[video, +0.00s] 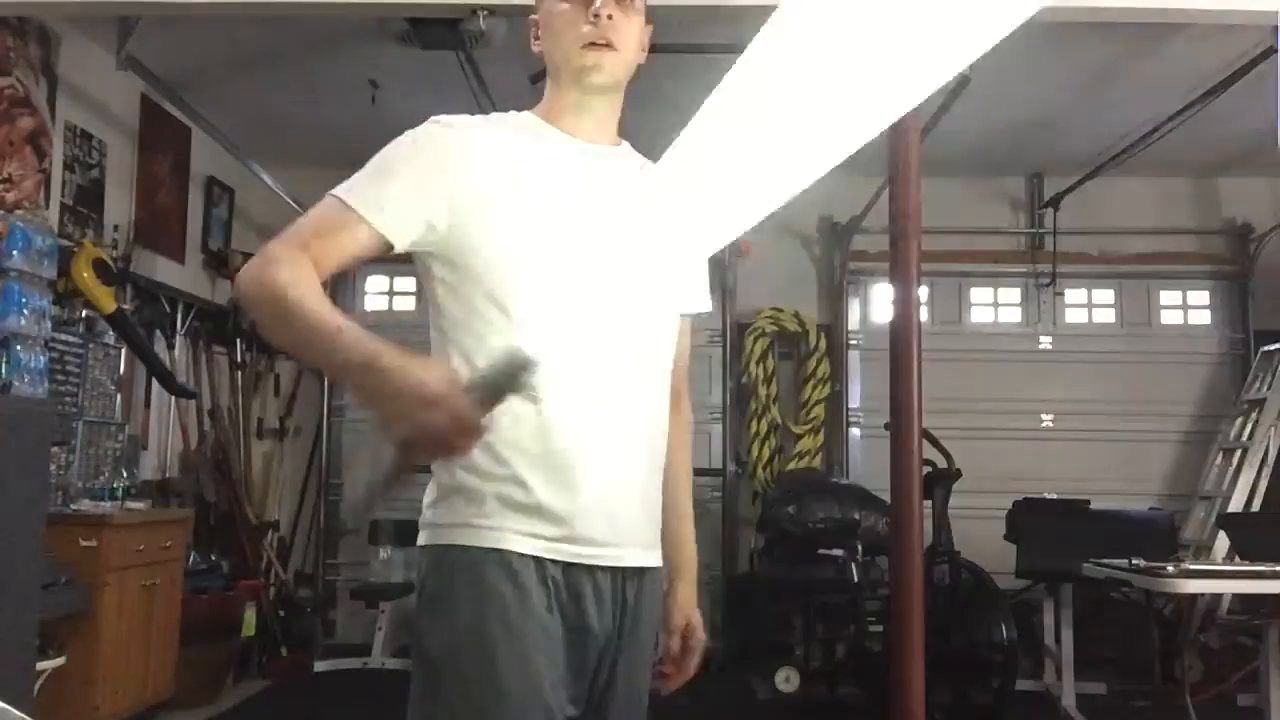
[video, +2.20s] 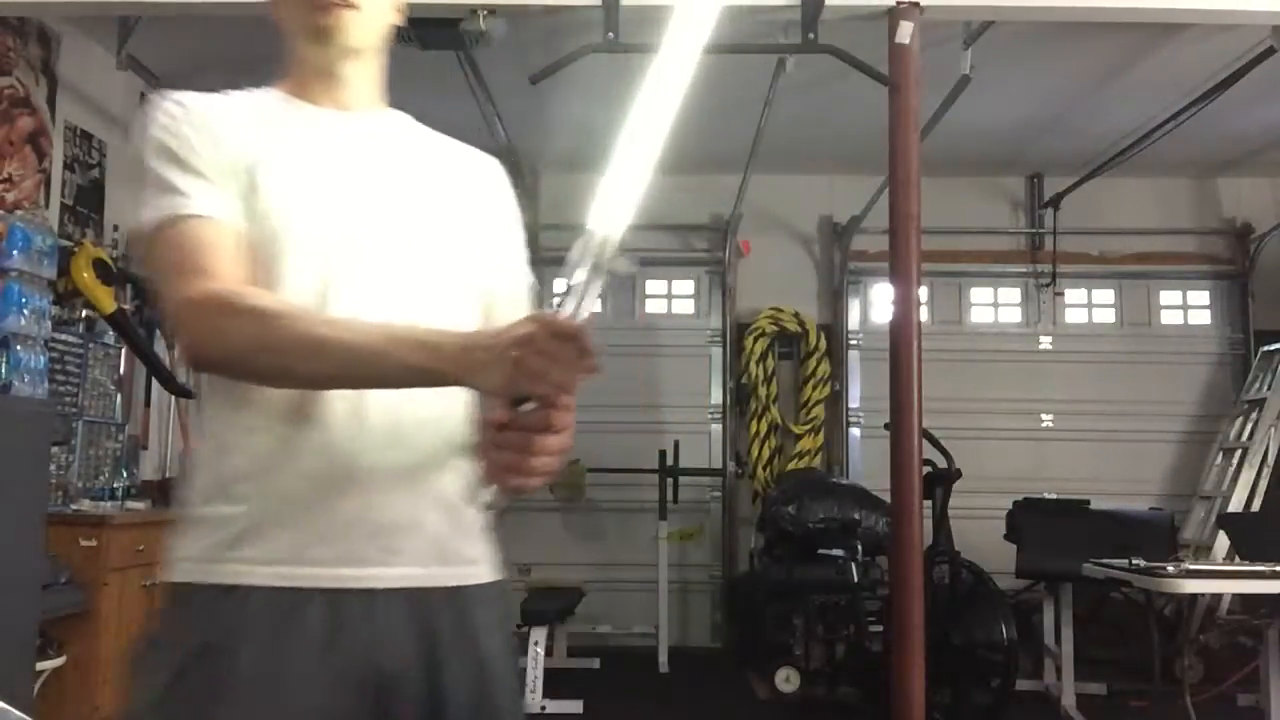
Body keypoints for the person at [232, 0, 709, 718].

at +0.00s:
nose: (600, 10)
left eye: (623, 2)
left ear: (647, 41)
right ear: (538, 30)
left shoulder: (664, 201)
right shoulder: (456, 150)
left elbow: (673, 403)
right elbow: (269, 273)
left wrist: (681, 577)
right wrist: (381, 371)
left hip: (633, 571)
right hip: (495, 561)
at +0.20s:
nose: (590, 9)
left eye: (610, 0)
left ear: (633, 35)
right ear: (524, 25)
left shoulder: (661, 204)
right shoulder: (441, 151)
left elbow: (653, 399)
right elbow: (336, 336)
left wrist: (697, 572)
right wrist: (395, 430)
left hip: (624, 585)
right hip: (480, 574)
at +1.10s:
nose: (572, 14)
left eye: (594, 4)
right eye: (547, 2)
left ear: (618, 43)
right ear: (508, 38)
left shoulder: (651, 205)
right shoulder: (441, 153)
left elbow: (647, 395)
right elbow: (407, 351)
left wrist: (687, 557)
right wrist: (492, 424)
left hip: (610, 567)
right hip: (469, 558)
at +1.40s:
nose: (565, 15)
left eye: (588, 6)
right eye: (541, 4)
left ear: (613, 51)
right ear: (507, 41)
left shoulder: (656, 206)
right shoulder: (436, 158)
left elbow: (664, 386)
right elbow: (360, 335)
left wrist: (654, 483)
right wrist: (520, 388)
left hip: (606, 567)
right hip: (462, 558)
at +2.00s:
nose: (444, 5)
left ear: (502, 29)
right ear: (384, 25)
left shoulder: (574, 187)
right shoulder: (323, 150)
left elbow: (611, 354)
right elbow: (312, 326)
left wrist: (617, 405)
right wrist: (542, 338)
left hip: (548, 576)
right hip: (376, 572)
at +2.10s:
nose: (398, 1)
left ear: (459, 18)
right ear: (333, 15)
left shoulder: (532, 185)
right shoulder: (267, 142)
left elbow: (571, 366)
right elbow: (269, 325)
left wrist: (583, 417)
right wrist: (509, 345)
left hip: (510, 590)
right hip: (328, 588)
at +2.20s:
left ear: (402, 10)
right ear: (273, 6)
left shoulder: (479, 179)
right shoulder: (197, 122)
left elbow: (504, 393)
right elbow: (206, 323)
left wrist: (533, 436)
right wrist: (467, 356)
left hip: (453, 603)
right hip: (253, 602)